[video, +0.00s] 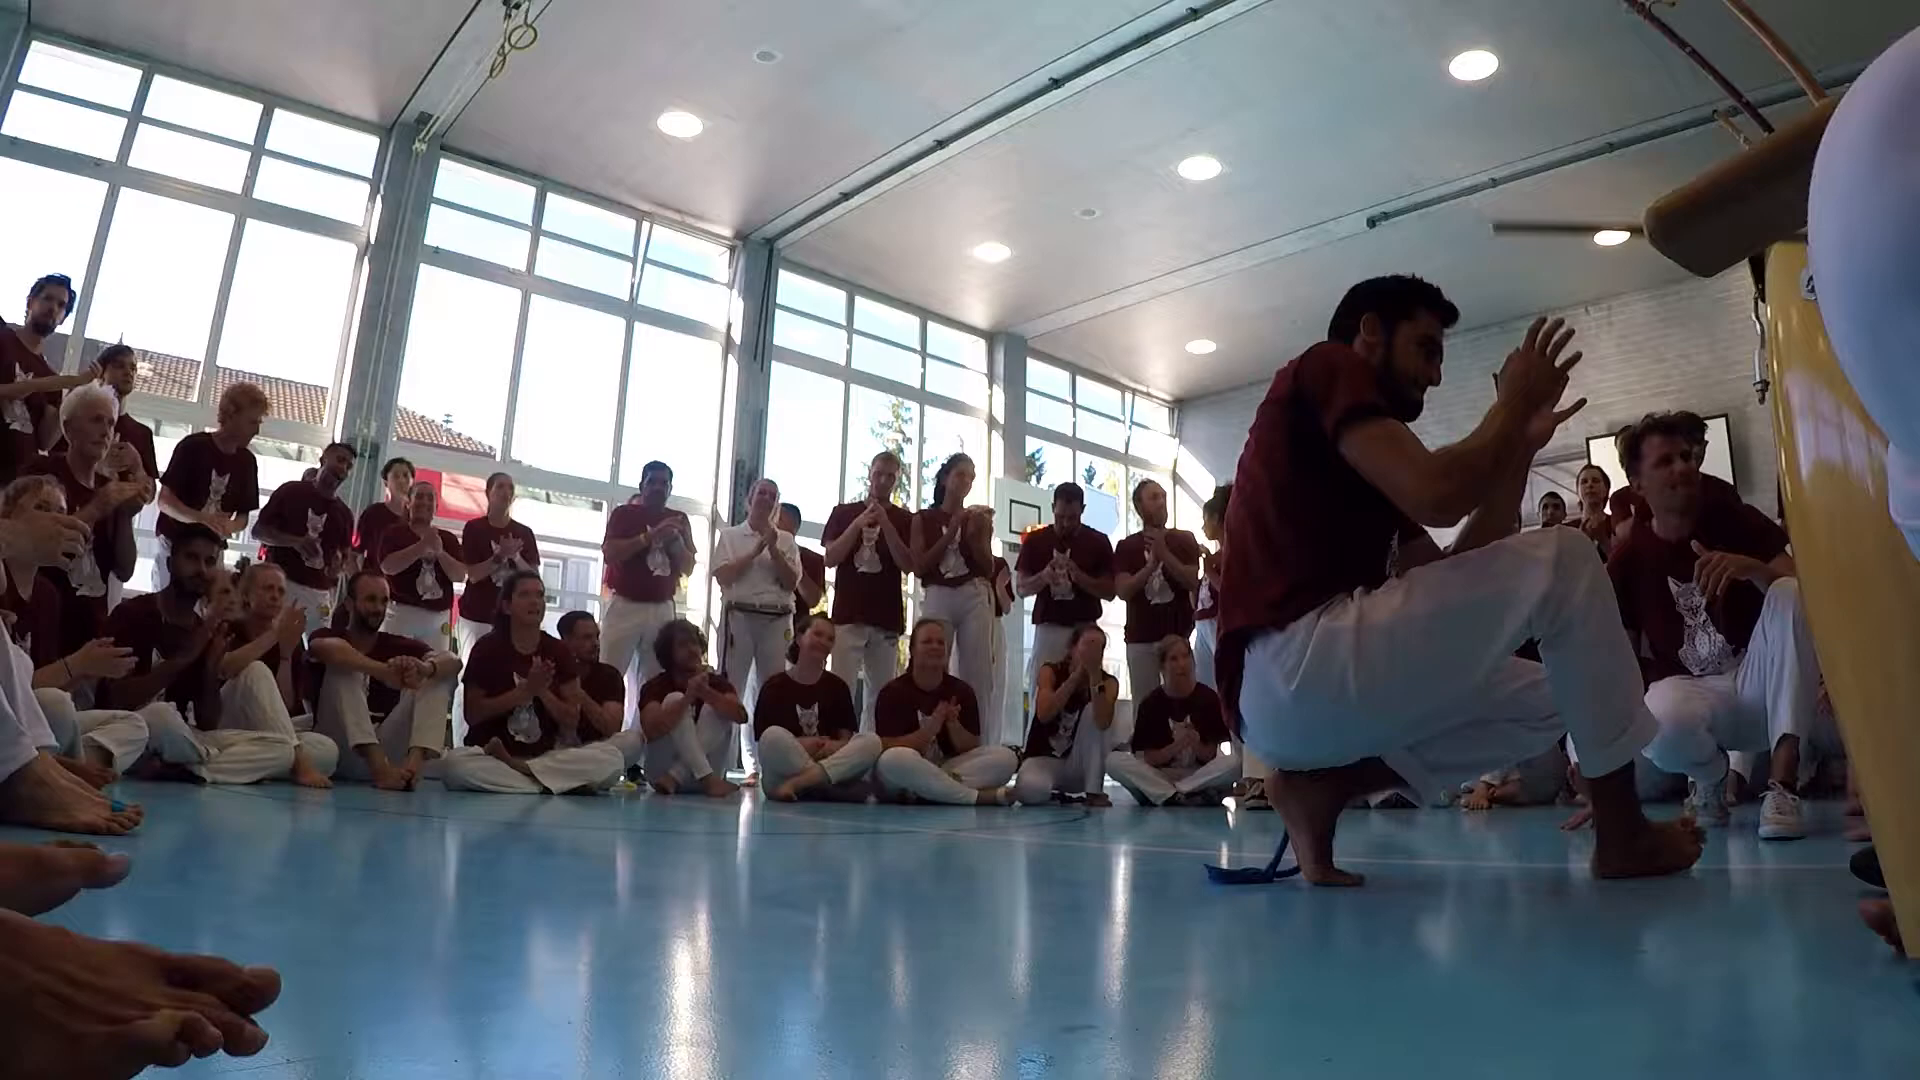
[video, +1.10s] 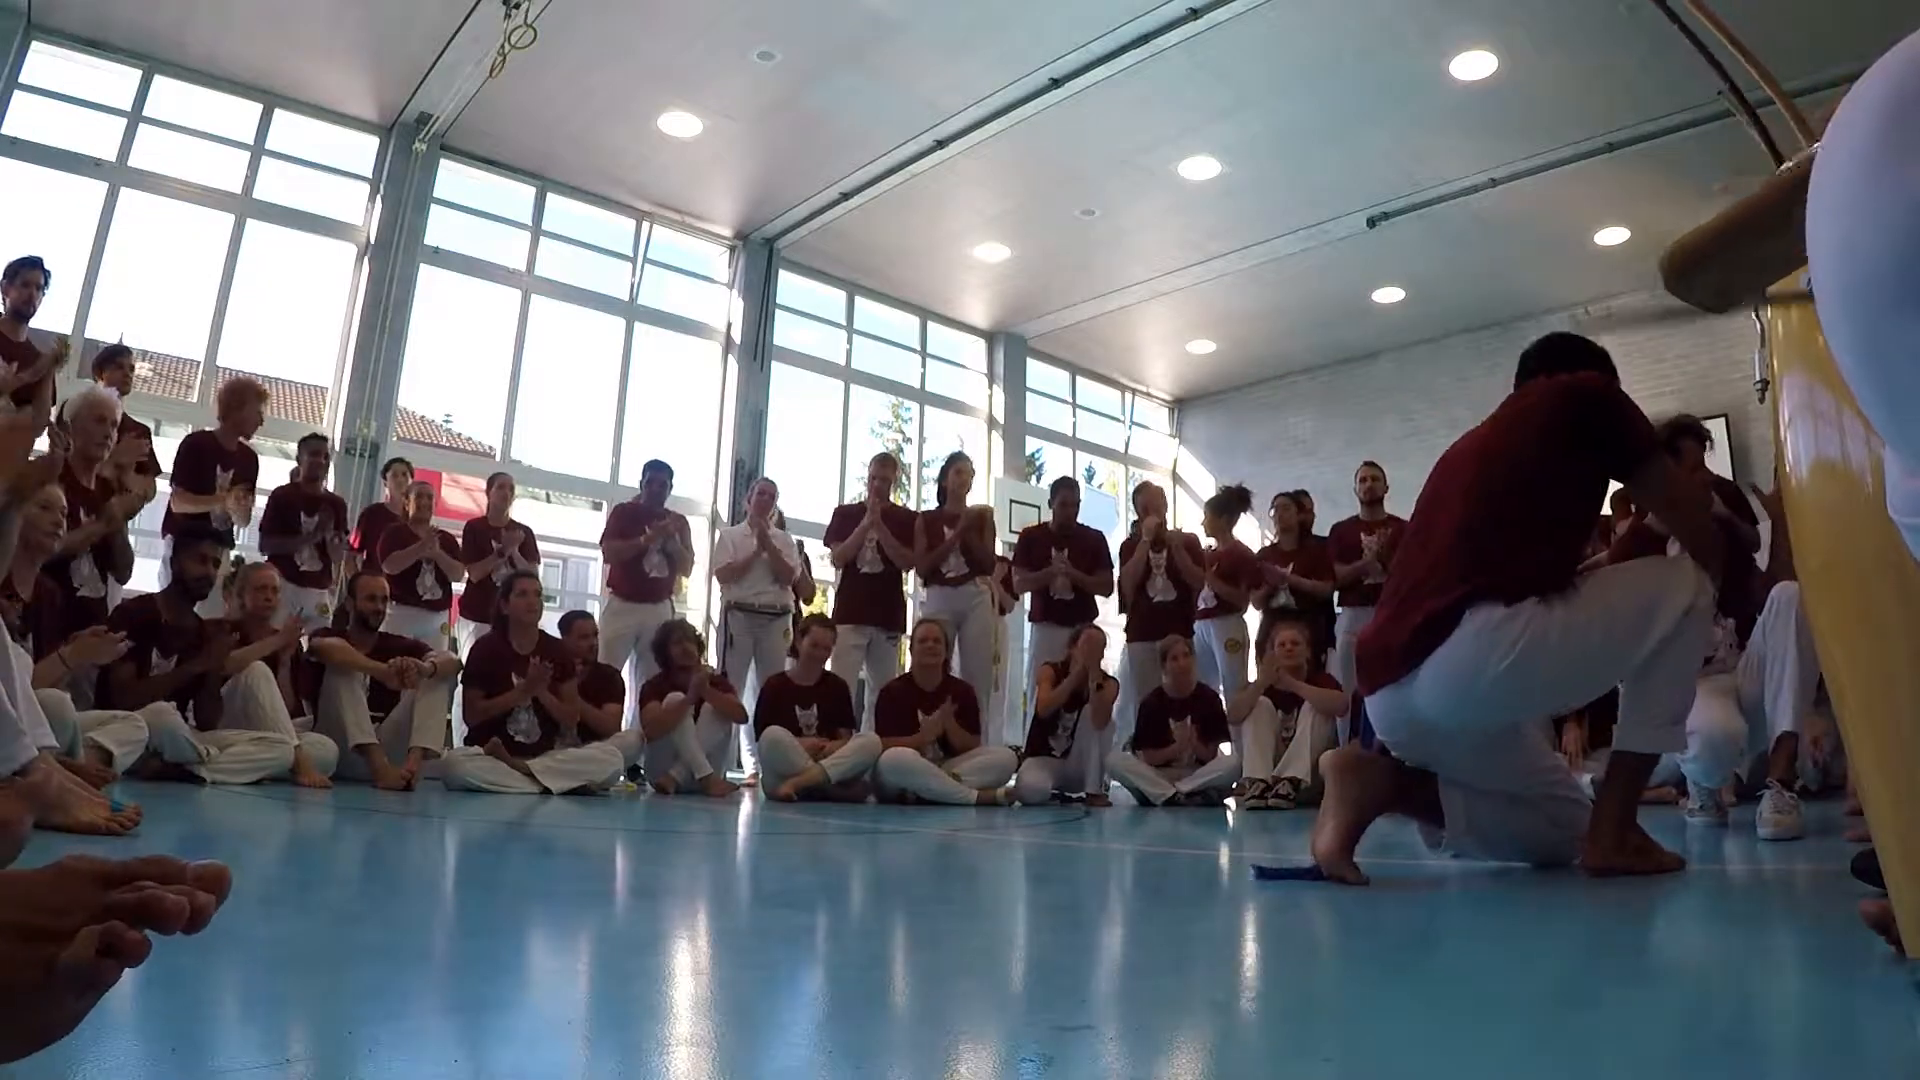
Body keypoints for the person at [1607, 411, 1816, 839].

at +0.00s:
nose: (1681, 471)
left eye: (1687, 458)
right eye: (1664, 463)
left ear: (1700, 463)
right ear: (1637, 481)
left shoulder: (1732, 517)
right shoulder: (1629, 555)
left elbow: (1805, 568)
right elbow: (1616, 658)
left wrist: (1756, 568)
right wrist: (1599, 785)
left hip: (1755, 676)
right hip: (1684, 688)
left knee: (1789, 593)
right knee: (1665, 721)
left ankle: (1782, 783)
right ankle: (1709, 776)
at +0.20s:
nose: (1678, 479)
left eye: (1685, 465)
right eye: (1661, 471)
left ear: (1700, 467)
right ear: (1636, 485)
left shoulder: (1729, 518)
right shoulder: (1625, 551)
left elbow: (1797, 571)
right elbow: (1609, 654)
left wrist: (1754, 562)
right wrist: (1600, 785)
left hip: (1756, 677)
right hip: (1683, 689)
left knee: (1785, 593)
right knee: (1667, 717)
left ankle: (1782, 783)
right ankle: (1709, 777)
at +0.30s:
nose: (1681, 480)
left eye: (1688, 466)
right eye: (1664, 472)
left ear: (1701, 468)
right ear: (1636, 487)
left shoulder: (1740, 531)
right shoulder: (1625, 551)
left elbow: (1794, 590)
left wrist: (1758, 550)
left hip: (1754, 678)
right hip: (1682, 689)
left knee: (1785, 594)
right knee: (1678, 721)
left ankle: (1782, 783)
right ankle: (1706, 776)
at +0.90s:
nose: (1713, 478)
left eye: (1710, 467)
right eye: (1700, 470)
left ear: (1712, 471)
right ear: (1667, 480)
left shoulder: (1725, 531)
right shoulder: (1641, 546)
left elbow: (1765, 597)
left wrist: (1782, 540)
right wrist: (1620, 557)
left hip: (1749, 673)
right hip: (1692, 683)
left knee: (1789, 595)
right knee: (1713, 735)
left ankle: (1783, 784)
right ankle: (1704, 784)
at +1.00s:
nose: (1707, 478)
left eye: (1708, 467)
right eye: (1695, 469)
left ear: (1713, 471)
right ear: (1666, 477)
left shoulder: (1731, 535)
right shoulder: (1643, 539)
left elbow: (1778, 594)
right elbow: (1606, 602)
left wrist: (1781, 527)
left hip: (1749, 674)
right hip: (1695, 682)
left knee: (1789, 595)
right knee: (1716, 734)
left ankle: (1781, 779)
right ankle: (1704, 787)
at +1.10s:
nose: (1698, 475)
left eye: (1702, 463)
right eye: (1685, 465)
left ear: (1709, 465)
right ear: (1662, 473)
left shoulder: (1727, 528)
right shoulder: (1641, 539)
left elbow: (1777, 593)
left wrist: (1781, 523)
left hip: (1749, 671)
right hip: (1698, 682)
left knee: (1790, 596)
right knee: (1717, 741)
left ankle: (1780, 778)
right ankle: (1703, 785)